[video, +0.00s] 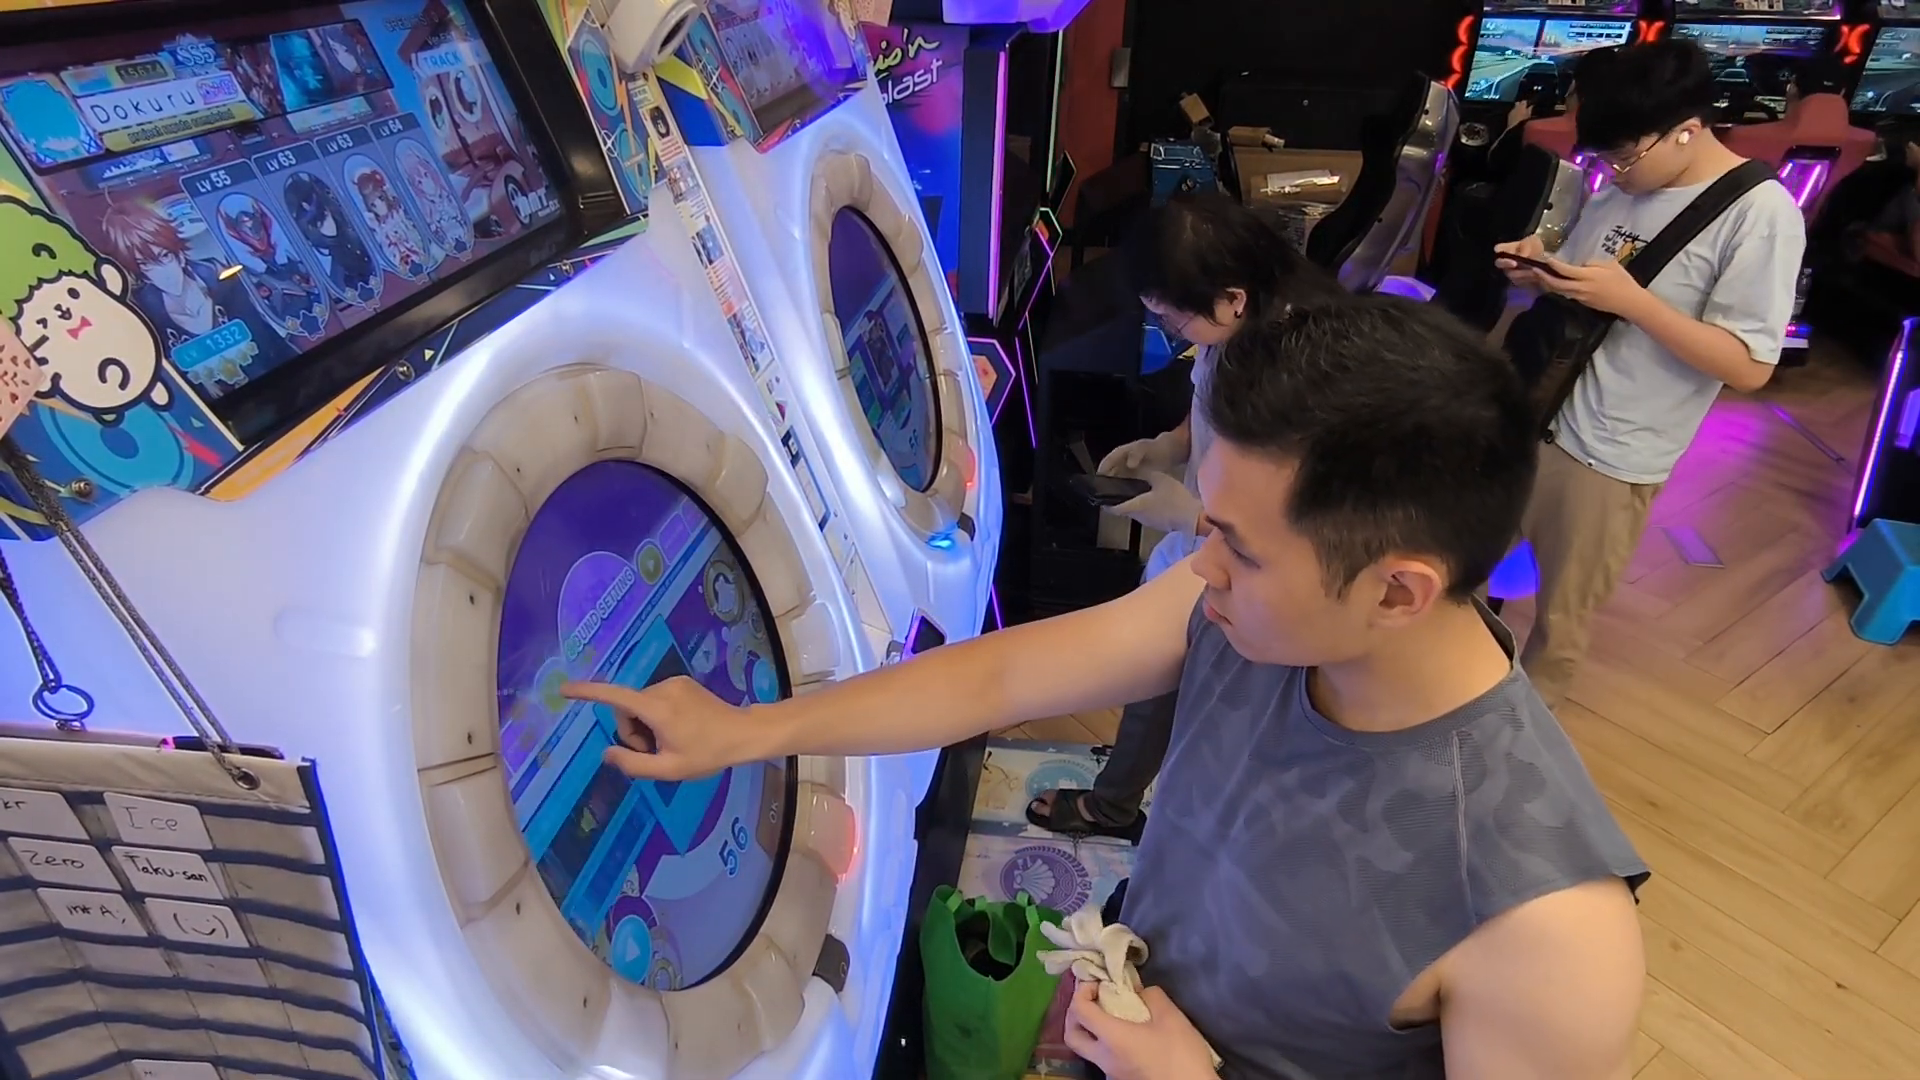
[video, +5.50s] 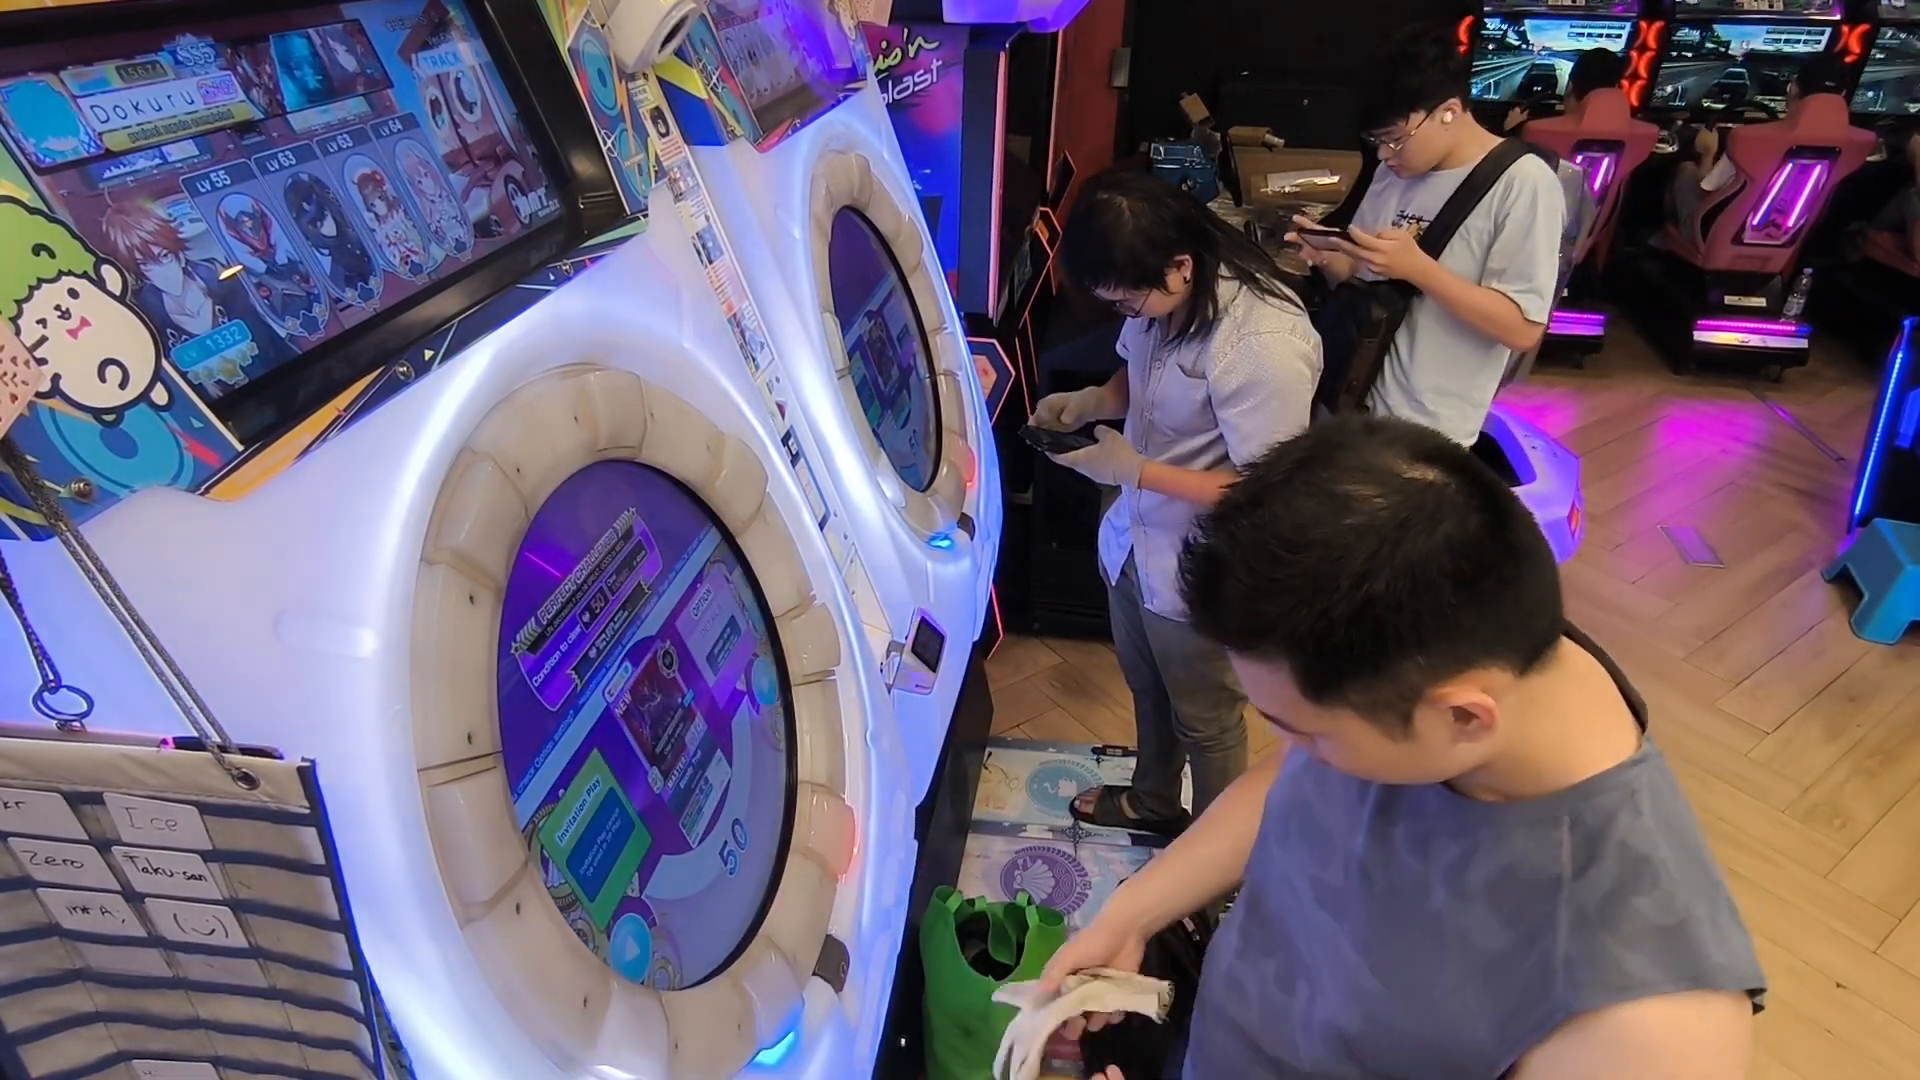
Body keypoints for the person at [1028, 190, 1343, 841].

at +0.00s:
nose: (1171, 334)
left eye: (1177, 320)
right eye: (1162, 320)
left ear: (1234, 301)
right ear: (1232, 301)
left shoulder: (1298, 370)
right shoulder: (1229, 332)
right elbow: (1207, 419)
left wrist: (1190, 510)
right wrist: (1163, 447)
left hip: (1260, 550)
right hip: (1199, 530)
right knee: (1160, 667)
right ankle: (1119, 795)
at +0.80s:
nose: (1095, 257)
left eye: (1104, 243)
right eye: (1092, 241)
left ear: (1160, 239)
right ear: (1155, 240)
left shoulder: (1235, 332)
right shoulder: (1170, 294)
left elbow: (1243, 501)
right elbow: (1158, 396)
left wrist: (1134, 493)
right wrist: (1075, 437)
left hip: (1202, 565)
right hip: (1152, 539)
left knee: (1187, 712)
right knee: (1144, 693)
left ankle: (1167, 818)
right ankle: (1141, 793)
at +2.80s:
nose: (1129, 279)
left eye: (1140, 266)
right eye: (1120, 266)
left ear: (1197, 243)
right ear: (1111, 243)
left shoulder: (1261, 332)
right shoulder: (1164, 286)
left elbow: (1269, 489)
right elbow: (1142, 384)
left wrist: (1144, 466)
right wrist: (1097, 405)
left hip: (1216, 551)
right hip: (1153, 526)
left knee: (1201, 692)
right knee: (1153, 671)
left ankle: (1197, 821)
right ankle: (1152, 791)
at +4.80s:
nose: (1122, 309)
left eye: (1130, 295)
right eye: (1111, 298)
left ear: (1178, 267)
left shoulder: (1258, 334)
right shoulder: (1155, 299)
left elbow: (1257, 489)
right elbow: (1147, 388)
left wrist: (1136, 468)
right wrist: (1091, 407)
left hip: (1200, 561)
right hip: (1136, 538)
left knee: (1197, 712)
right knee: (1149, 687)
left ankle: (1203, 835)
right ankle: (1152, 796)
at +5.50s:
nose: (1121, 311)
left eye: (1129, 298)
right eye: (1112, 300)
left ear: (1180, 268)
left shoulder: (1260, 345)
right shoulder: (1158, 297)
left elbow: (1268, 493)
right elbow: (1142, 388)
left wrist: (1139, 471)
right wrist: (1085, 406)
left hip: (1196, 559)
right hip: (1133, 535)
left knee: (1205, 714)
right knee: (1149, 684)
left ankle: (1222, 844)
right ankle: (1156, 800)